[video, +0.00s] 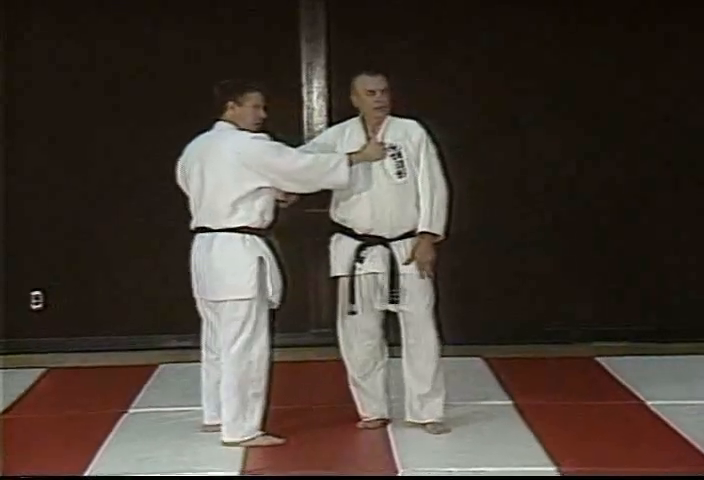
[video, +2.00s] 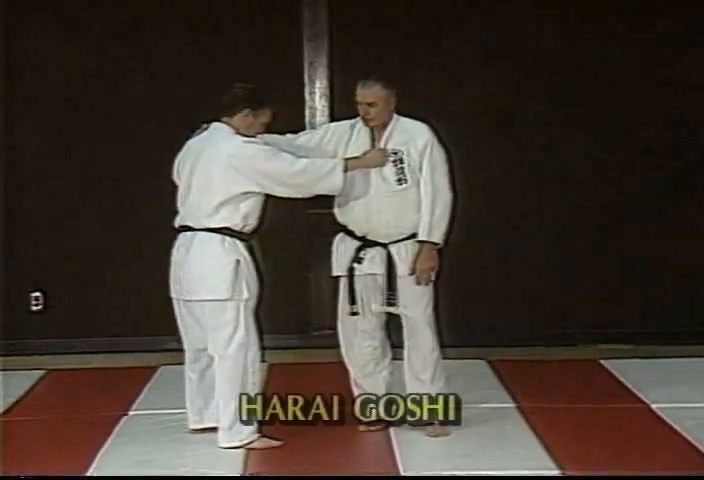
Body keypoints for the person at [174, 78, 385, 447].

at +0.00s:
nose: (262, 114)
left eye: (262, 107)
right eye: (256, 108)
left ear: (229, 112)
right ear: (232, 108)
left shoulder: (195, 148)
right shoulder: (250, 146)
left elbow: (190, 185)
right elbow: (301, 167)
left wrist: (269, 196)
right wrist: (358, 156)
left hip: (203, 249)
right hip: (239, 251)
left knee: (214, 340)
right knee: (244, 344)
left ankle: (214, 415)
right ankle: (240, 429)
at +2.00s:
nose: (264, 129)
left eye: (266, 122)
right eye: (263, 121)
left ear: (232, 115)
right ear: (244, 115)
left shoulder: (195, 145)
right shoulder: (242, 150)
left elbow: (179, 176)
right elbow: (296, 170)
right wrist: (359, 162)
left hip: (185, 251)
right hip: (221, 255)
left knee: (198, 345)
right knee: (234, 346)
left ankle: (202, 417)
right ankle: (237, 431)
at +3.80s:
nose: (277, 124)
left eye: (278, 117)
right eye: (275, 116)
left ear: (240, 113)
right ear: (259, 113)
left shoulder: (207, 144)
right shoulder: (255, 151)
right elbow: (311, 169)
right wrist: (365, 155)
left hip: (202, 248)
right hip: (236, 252)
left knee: (213, 341)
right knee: (247, 342)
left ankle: (212, 412)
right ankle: (242, 429)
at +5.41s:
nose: (319, 132)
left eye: (322, 126)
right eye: (317, 124)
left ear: (291, 114)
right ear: (302, 115)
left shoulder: (251, 139)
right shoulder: (288, 150)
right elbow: (339, 181)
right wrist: (395, 167)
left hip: (228, 245)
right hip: (257, 252)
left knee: (241, 338)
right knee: (271, 341)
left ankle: (238, 411)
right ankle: (269, 425)